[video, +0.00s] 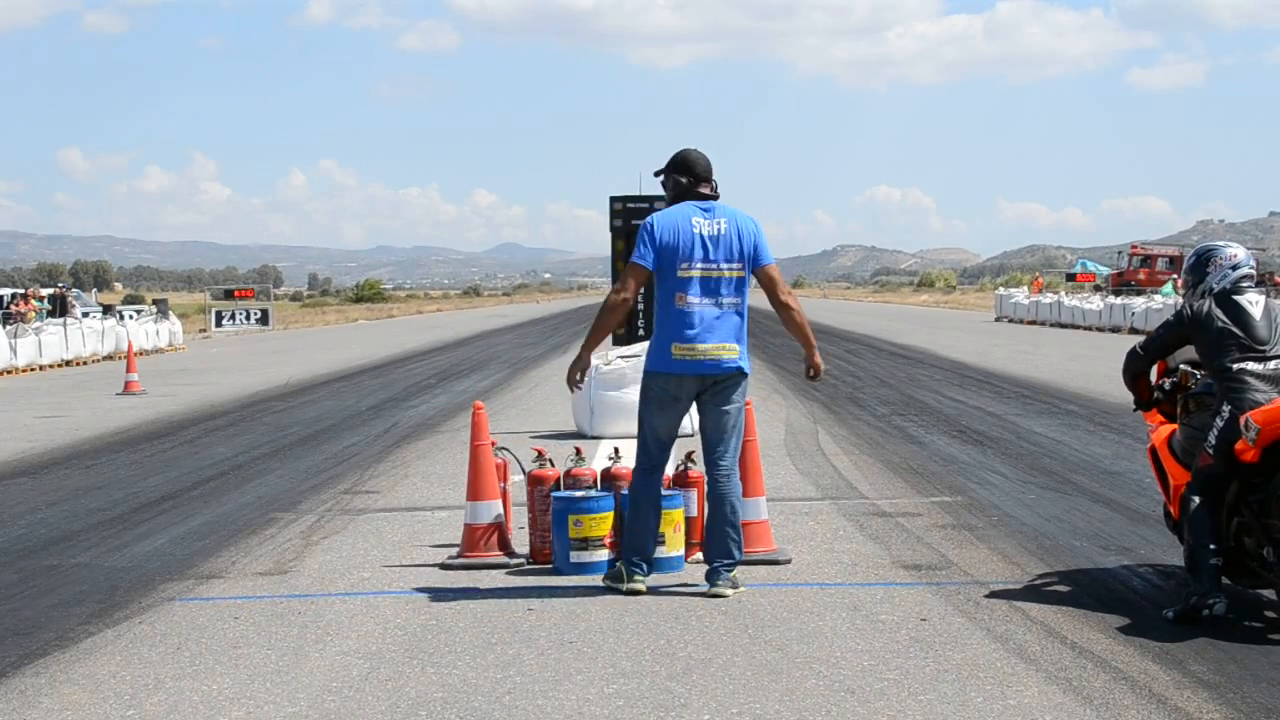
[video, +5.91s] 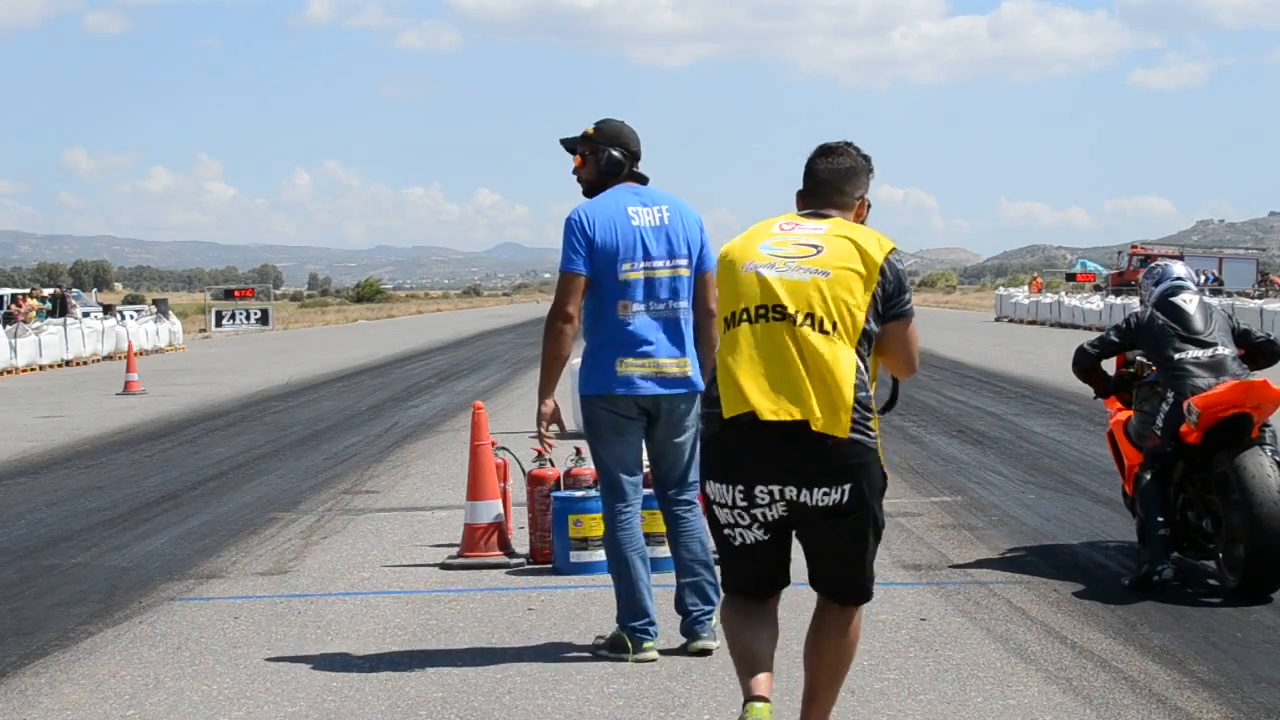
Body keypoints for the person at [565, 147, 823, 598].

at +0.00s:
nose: (662, 188)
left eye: (665, 182)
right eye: (663, 181)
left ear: (677, 183)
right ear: (711, 185)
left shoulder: (659, 225)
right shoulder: (745, 225)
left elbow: (624, 294)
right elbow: (782, 296)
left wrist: (585, 352)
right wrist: (812, 349)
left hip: (671, 362)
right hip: (729, 360)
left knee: (650, 464)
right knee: (723, 467)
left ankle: (635, 567)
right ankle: (723, 571)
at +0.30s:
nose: (628, 188)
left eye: (634, 180)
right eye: (631, 179)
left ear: (650, 183)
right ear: (676, 185)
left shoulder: (633, 228)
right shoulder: (715, 221)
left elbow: (578, 278)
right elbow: (769, 278)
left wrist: (518, 317)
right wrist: (825, 320)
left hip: (648, 366)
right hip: (706, 362)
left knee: (631, 465)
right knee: (710, 465)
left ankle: (620, 570)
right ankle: (722, 571)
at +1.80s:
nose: (573, 194)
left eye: (575, 186)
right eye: (572, 186)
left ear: (589, 184)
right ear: (620, 184)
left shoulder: (574, 229)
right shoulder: (660, 222)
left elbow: (516, 272)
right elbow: (711, 282)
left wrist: (467, 301)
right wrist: (752, 320)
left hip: (600, 364)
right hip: (657, 362)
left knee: (607, 468)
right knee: (659, 462)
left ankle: (616, 571)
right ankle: (668, 568)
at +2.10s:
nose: (566, 198)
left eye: (568, 190)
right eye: (566, 190)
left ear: (585, 187)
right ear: (611, 186)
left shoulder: (568, 230)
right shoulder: (654, 222)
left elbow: (530, 299)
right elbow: (688, 295)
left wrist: (515, 357)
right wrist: (706, 353)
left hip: (595, 366)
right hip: (652, 362)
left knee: (605, 469)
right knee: (659, 462)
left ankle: (616, 571)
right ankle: (667, 567)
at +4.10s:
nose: (528, 184)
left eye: (530, 176)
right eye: (527, 177)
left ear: (546, 177)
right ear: (580, 176)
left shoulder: (526, 227)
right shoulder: (626, 219)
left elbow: (502, 317)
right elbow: (651, 305)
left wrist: (486, 390)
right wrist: (654, 372)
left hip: (554, 375)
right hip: (618, 370)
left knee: (561, 485)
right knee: (630, 476)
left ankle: (569, 604)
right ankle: (646, 587)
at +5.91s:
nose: (575, 169)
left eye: (580, 159)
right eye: (576, 159)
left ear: (602, 161)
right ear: (632, 161)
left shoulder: (587, 219)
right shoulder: (686, 215)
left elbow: (566, 315)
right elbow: (708, 310)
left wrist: (547, 392)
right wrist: (703, 374)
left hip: (611, 384)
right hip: (679, 380)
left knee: (622, 506)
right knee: (683, 496)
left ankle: (638, 631)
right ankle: (701, 623)